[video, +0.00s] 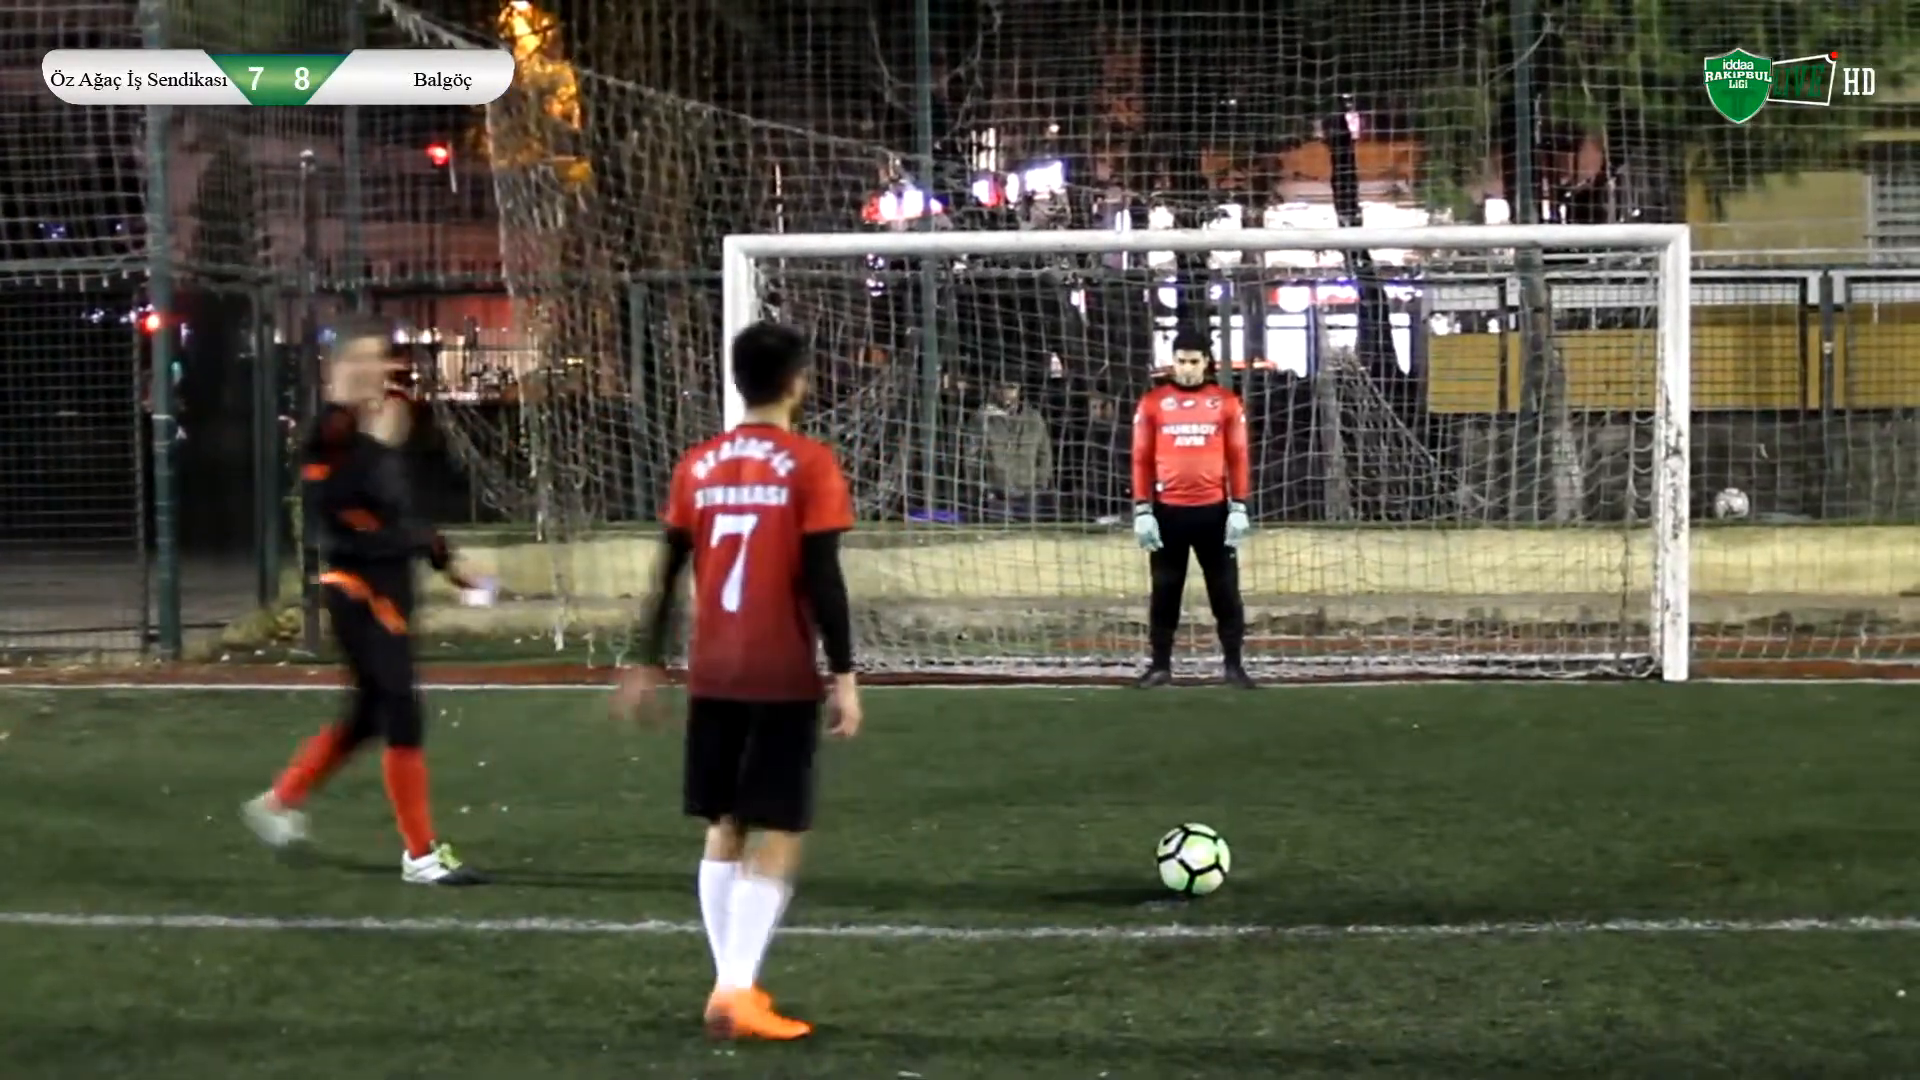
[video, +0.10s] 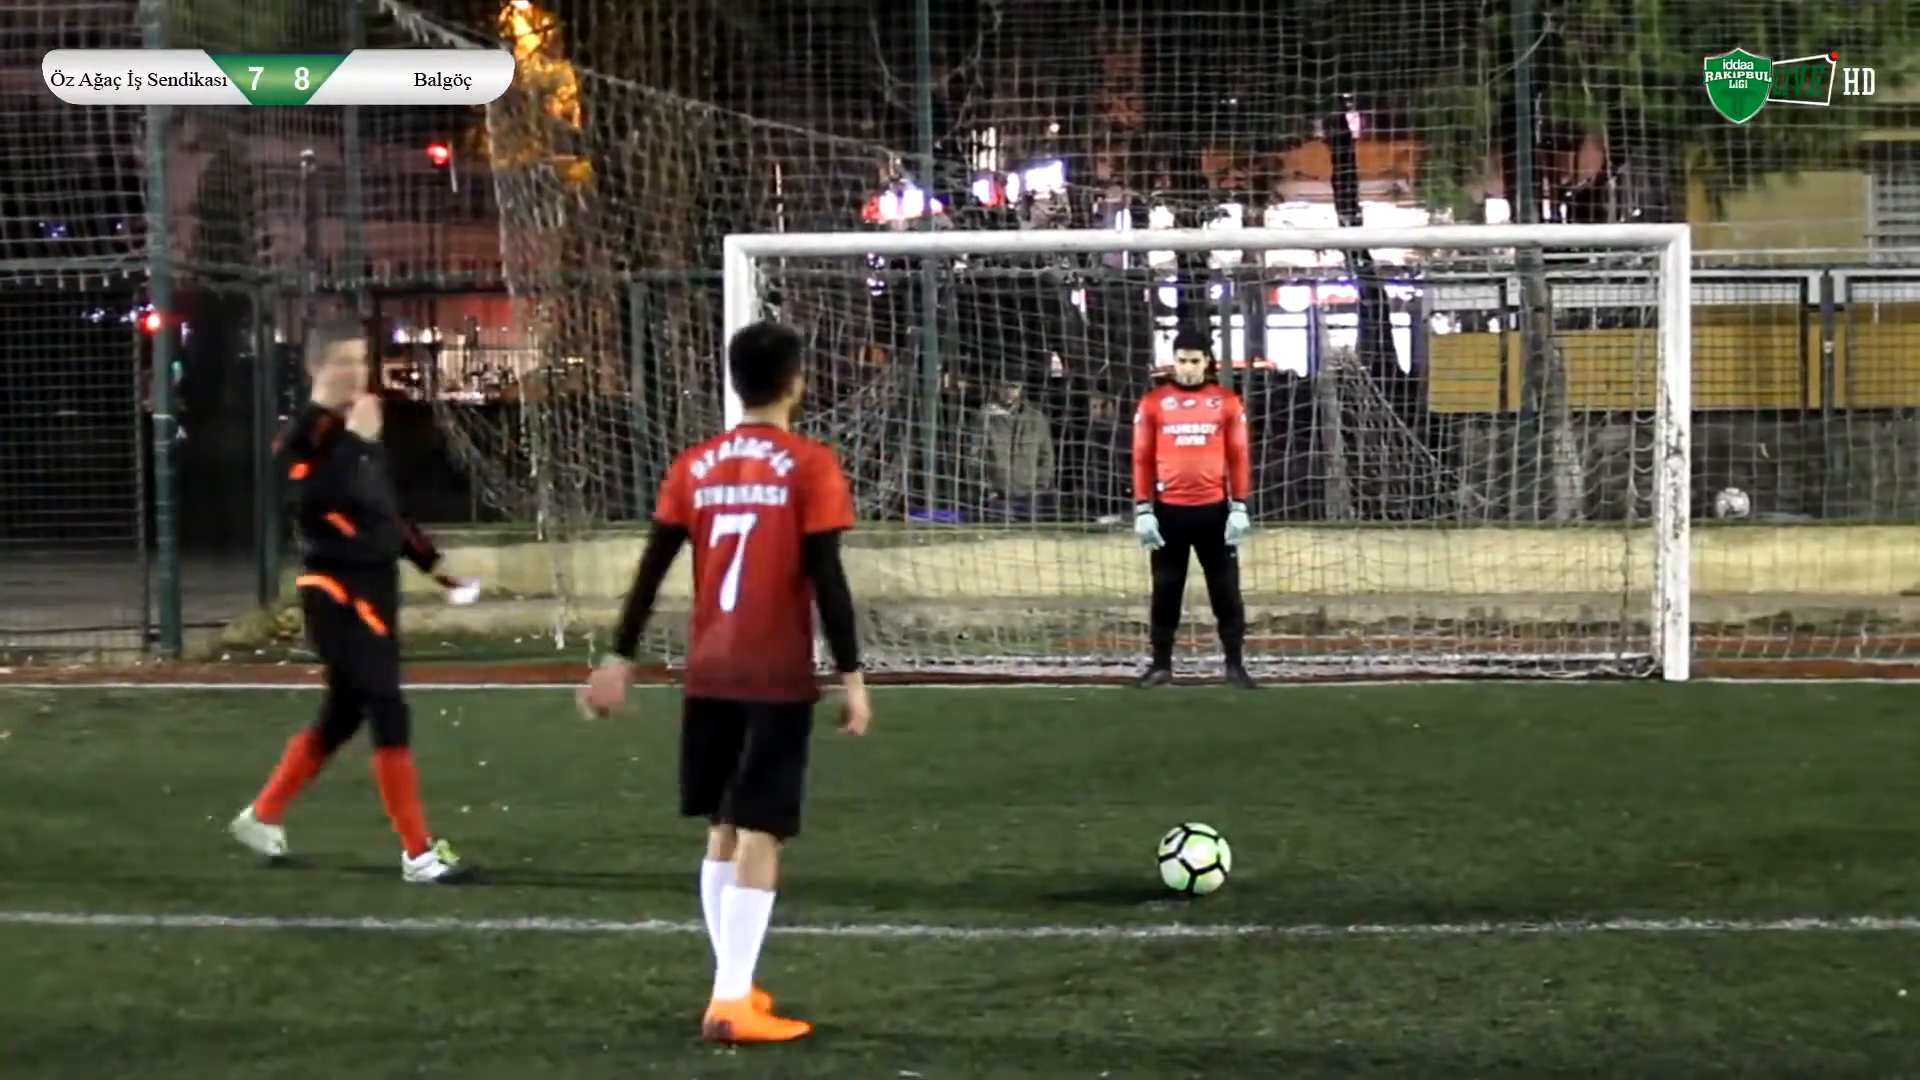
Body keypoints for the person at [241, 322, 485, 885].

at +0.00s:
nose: (382, 384)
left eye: (386, 374)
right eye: (371, 373)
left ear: (388, 379)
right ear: (344, 376)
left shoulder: (390, 435)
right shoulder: (335, 434)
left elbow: (409, 516)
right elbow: (341, 520)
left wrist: (449, 564)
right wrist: (418, 542)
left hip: (384, 585)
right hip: (353, 587)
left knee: (371, 708)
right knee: (401, 707)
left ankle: (279, 802)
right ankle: (420, 853)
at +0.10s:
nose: (359, 374)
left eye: (363, 363)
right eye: (347, 363)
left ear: (366, 368)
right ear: (318, 369)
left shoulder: (360, 431)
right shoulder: (305, 432)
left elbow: (386, 512)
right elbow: (311, 497)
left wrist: (436, 568)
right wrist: (357, 440)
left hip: (371, 587)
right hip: (334, 589)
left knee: (343, 714)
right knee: (389, 711)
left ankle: (261, 817)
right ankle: (418, 851)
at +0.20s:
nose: (356, 399)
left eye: (353, 388)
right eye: (347, 389)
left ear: (334, 397)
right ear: (328, 395)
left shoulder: (340, 449)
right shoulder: (314, 448)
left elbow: (370, 521)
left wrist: (420, 568)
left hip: (337, 594)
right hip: (323, 596)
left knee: (319, 714)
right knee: (367, 711)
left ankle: (247, 826)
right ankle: (411, 845)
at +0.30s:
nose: (332, 381)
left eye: (335, 371)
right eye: (322, 370)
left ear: (335, 378)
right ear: (289, 374)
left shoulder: (326, 437)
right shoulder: (270, 437)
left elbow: (346, 518)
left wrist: (395, 570)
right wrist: (327, 436)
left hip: (330, 589)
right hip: (288, 591)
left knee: (295, 713)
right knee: (346, 708)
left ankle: (239, 833)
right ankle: (399, 842)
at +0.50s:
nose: (309, 373)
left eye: (308, 362)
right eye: (301, 362)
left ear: (279, 369)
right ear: (270, 368)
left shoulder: (287, 428)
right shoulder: (234, 431)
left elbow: (307, 516)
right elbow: (273, 507)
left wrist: (355, 564)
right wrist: (306, 451)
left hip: (293, 582)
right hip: (255, 585)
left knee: (275, 705)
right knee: (316, 700)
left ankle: (237, 836)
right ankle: (326, 841)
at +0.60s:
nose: (292, 367)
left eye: (291, 356)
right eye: (282, 356)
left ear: (271, 364)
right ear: (255, 362)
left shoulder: (269, 424)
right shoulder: (228, 424)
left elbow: (293, 509)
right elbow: (257, 502)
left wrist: (346, 551)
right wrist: (294, 449)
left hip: (277, 578)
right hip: (244, 580)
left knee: (272, 703)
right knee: (287, 698)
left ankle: (240, 833)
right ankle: (282, 834)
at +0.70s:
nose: (274, 361)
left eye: (272, 349)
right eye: (265, 350)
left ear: (237, 358)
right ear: (241, 356)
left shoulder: (252, 420)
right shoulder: (209, 422)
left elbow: (281, 503)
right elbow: (235, 493)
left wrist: (336, 534)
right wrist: (282, 443)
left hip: (261, 572)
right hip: (225, 573)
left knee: (271, 699)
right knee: (265, 697)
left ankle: (240, 828)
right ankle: (220, 824)